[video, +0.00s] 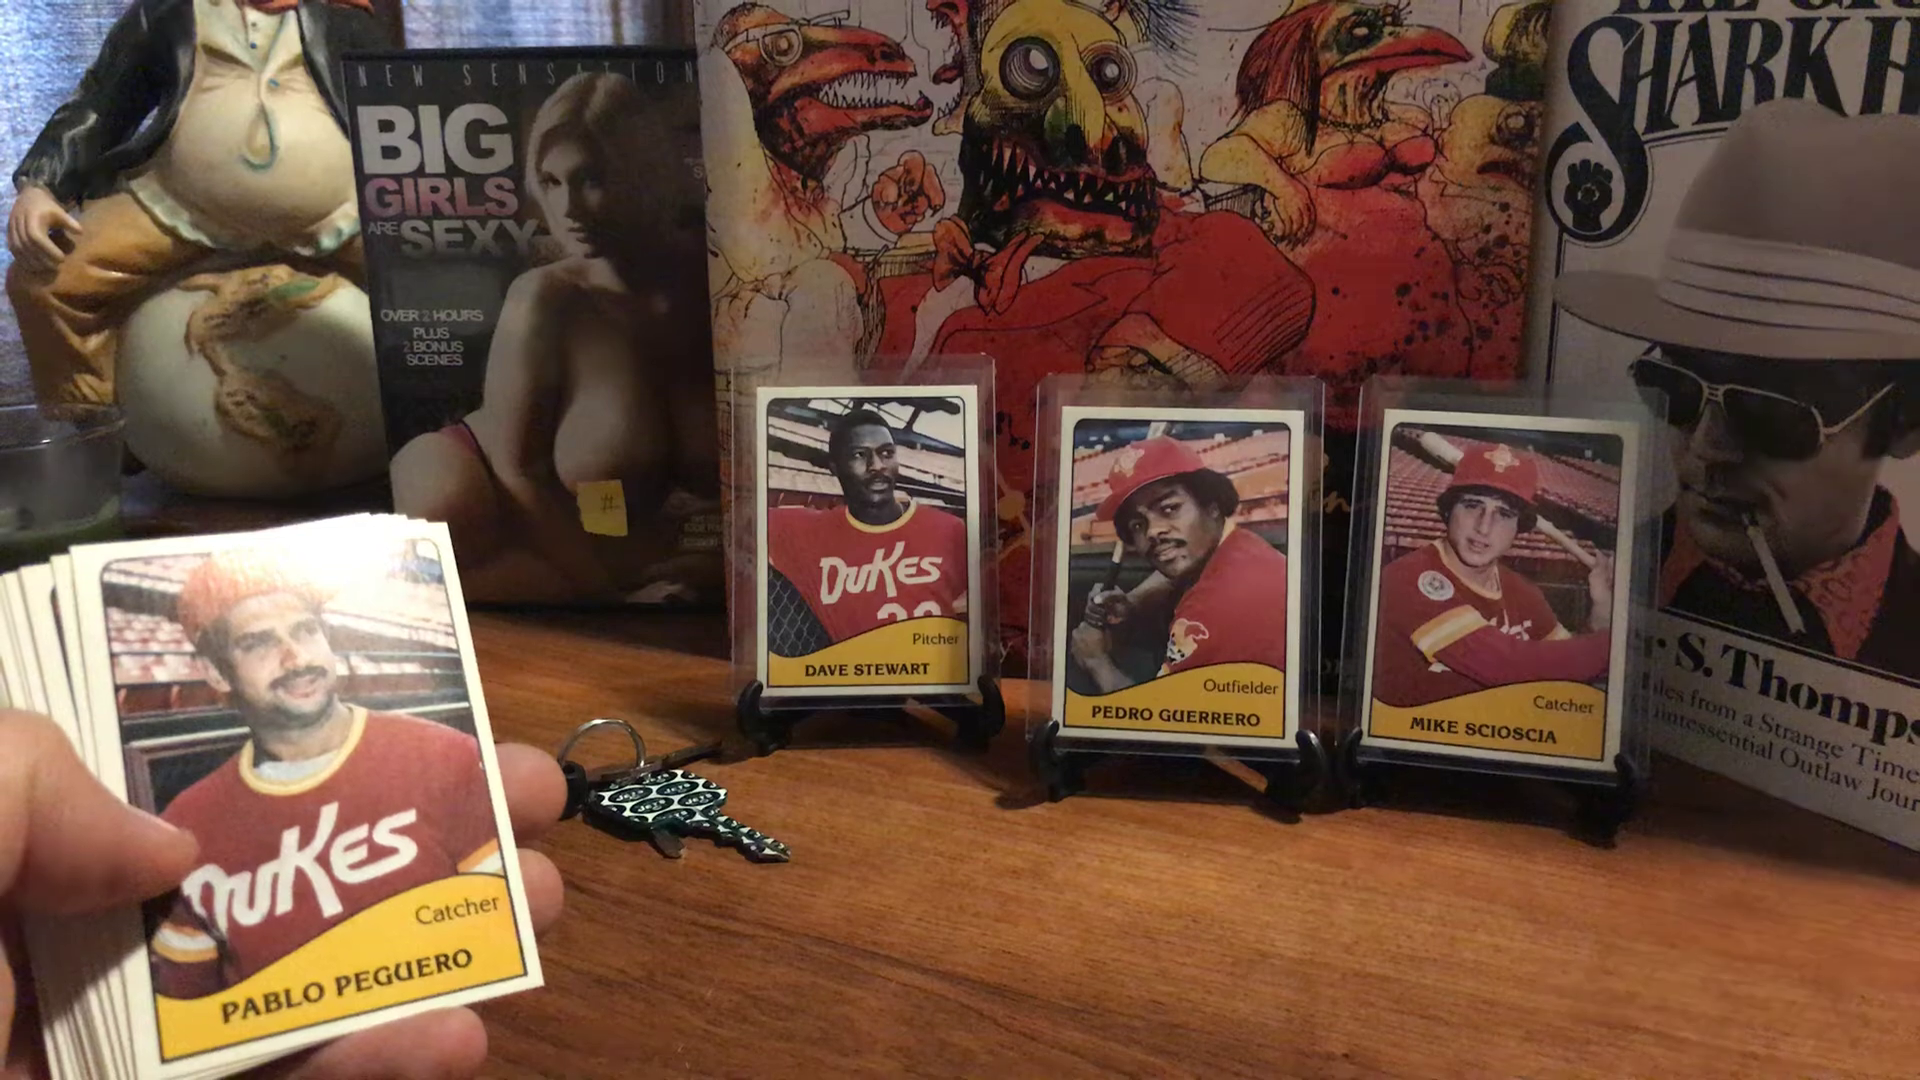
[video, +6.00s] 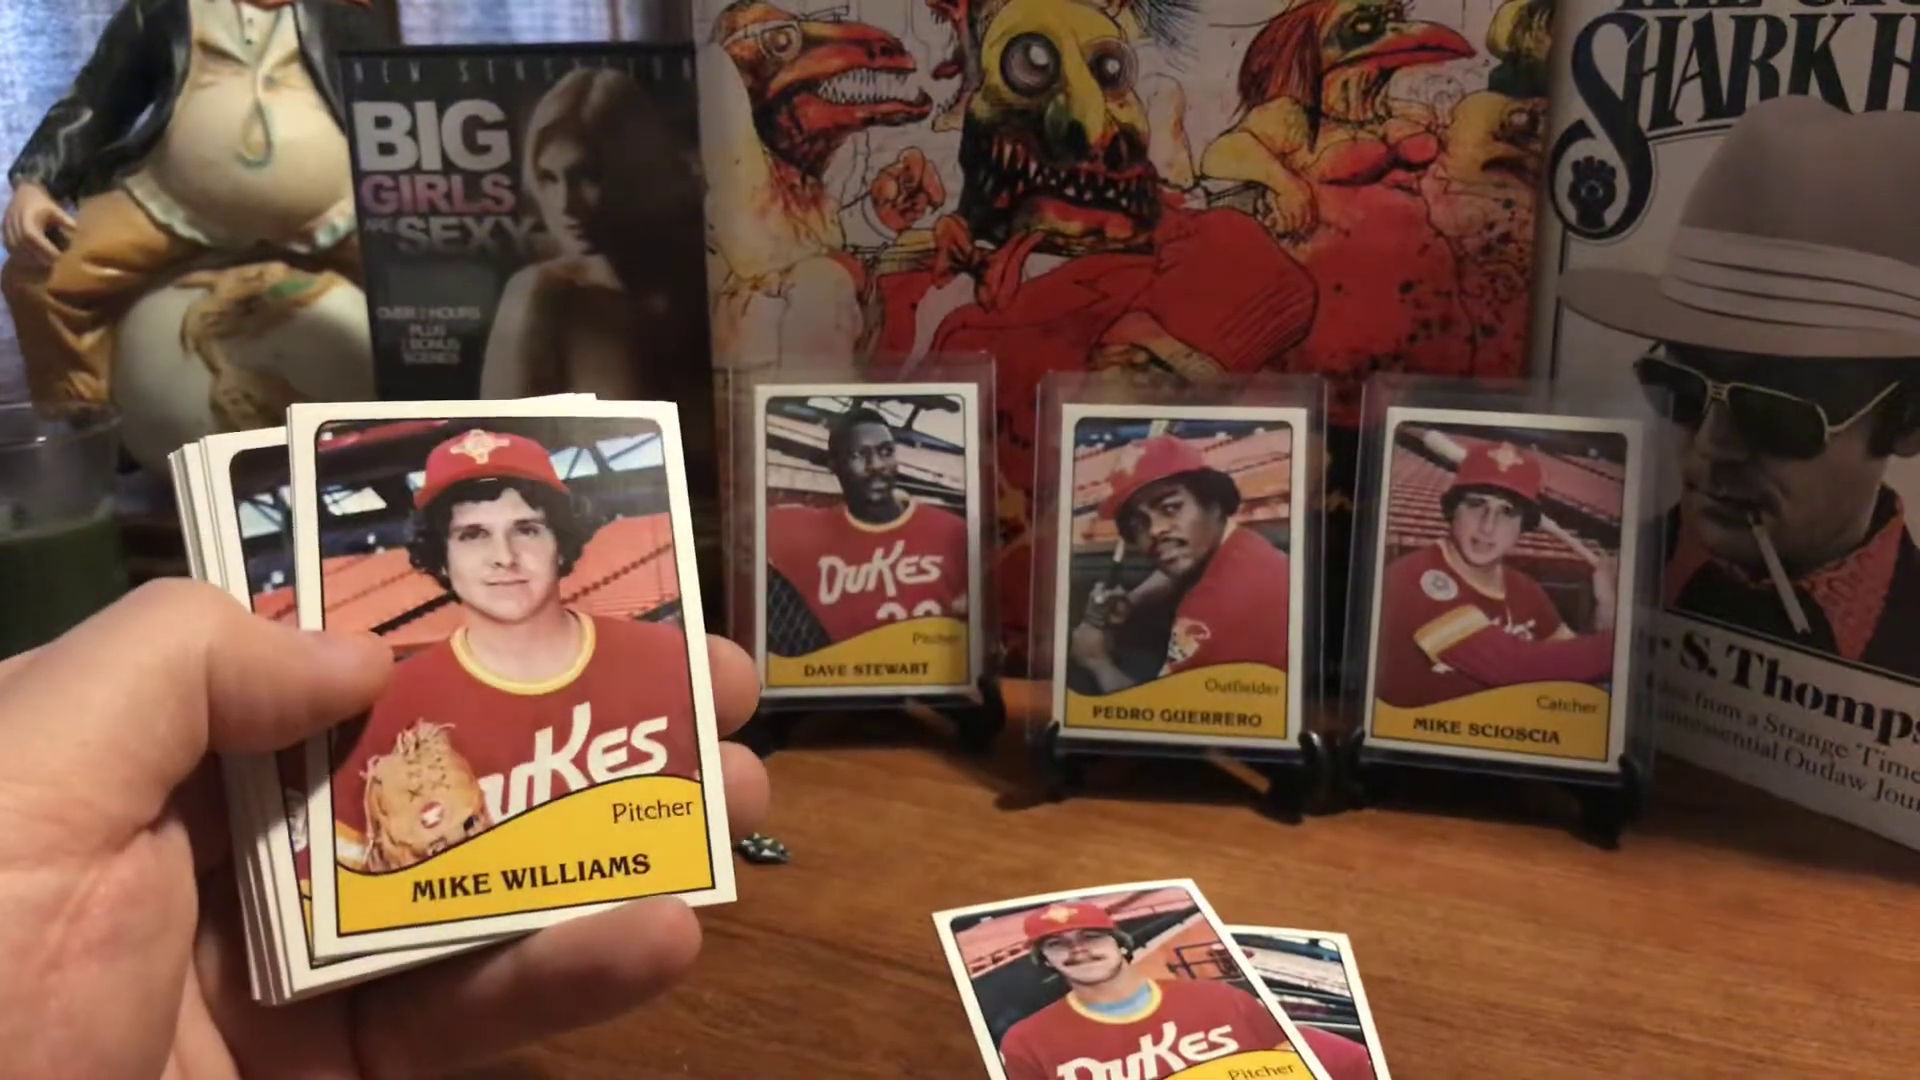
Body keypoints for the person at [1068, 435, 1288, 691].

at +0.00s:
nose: (1154, 531)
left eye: (1169, 508)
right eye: (1138, 525)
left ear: (1212, 507)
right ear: (1133, 543)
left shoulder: (1214, 608)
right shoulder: (1245, 545)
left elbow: (1160, 722)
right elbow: (1183, 568)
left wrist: (1097, 662)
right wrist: (1132, 604)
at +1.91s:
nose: (1155, 530)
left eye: (1169, 507)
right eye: (1139, 523)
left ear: (1212, 503)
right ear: (1133, 540)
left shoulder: (1211, 608)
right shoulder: (1247, 544)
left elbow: (1161, 718)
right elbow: (1185, 563)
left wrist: (1098, 662)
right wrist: (1132, 601)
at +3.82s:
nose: (1155, 530)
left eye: (1169, 508)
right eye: (1139, 523)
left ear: (1213, 503)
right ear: (1132, 539)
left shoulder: (1212, 607)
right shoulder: (1249, 546)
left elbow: (1162, 719)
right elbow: (1183, 565)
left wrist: (1097, 661)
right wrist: (1133, 602)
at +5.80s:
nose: (1156, 530)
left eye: (1170, 508)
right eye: (1140, 521)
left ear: (1213, 505)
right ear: (1133, 537)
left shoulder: (1210, 606)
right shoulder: (1247, 545)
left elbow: (1158, 720)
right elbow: (1184, 565)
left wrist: (1097, 661)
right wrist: (1131, 602)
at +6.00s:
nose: (1156, 530)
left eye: (1171, 508)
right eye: (1141, 521)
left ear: (1213, 505)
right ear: (1133, 537)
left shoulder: (1211, 607)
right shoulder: (1247, 544)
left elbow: (1159, 720)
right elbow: (1184, 565)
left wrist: (1098, 662)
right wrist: (1131, 602)